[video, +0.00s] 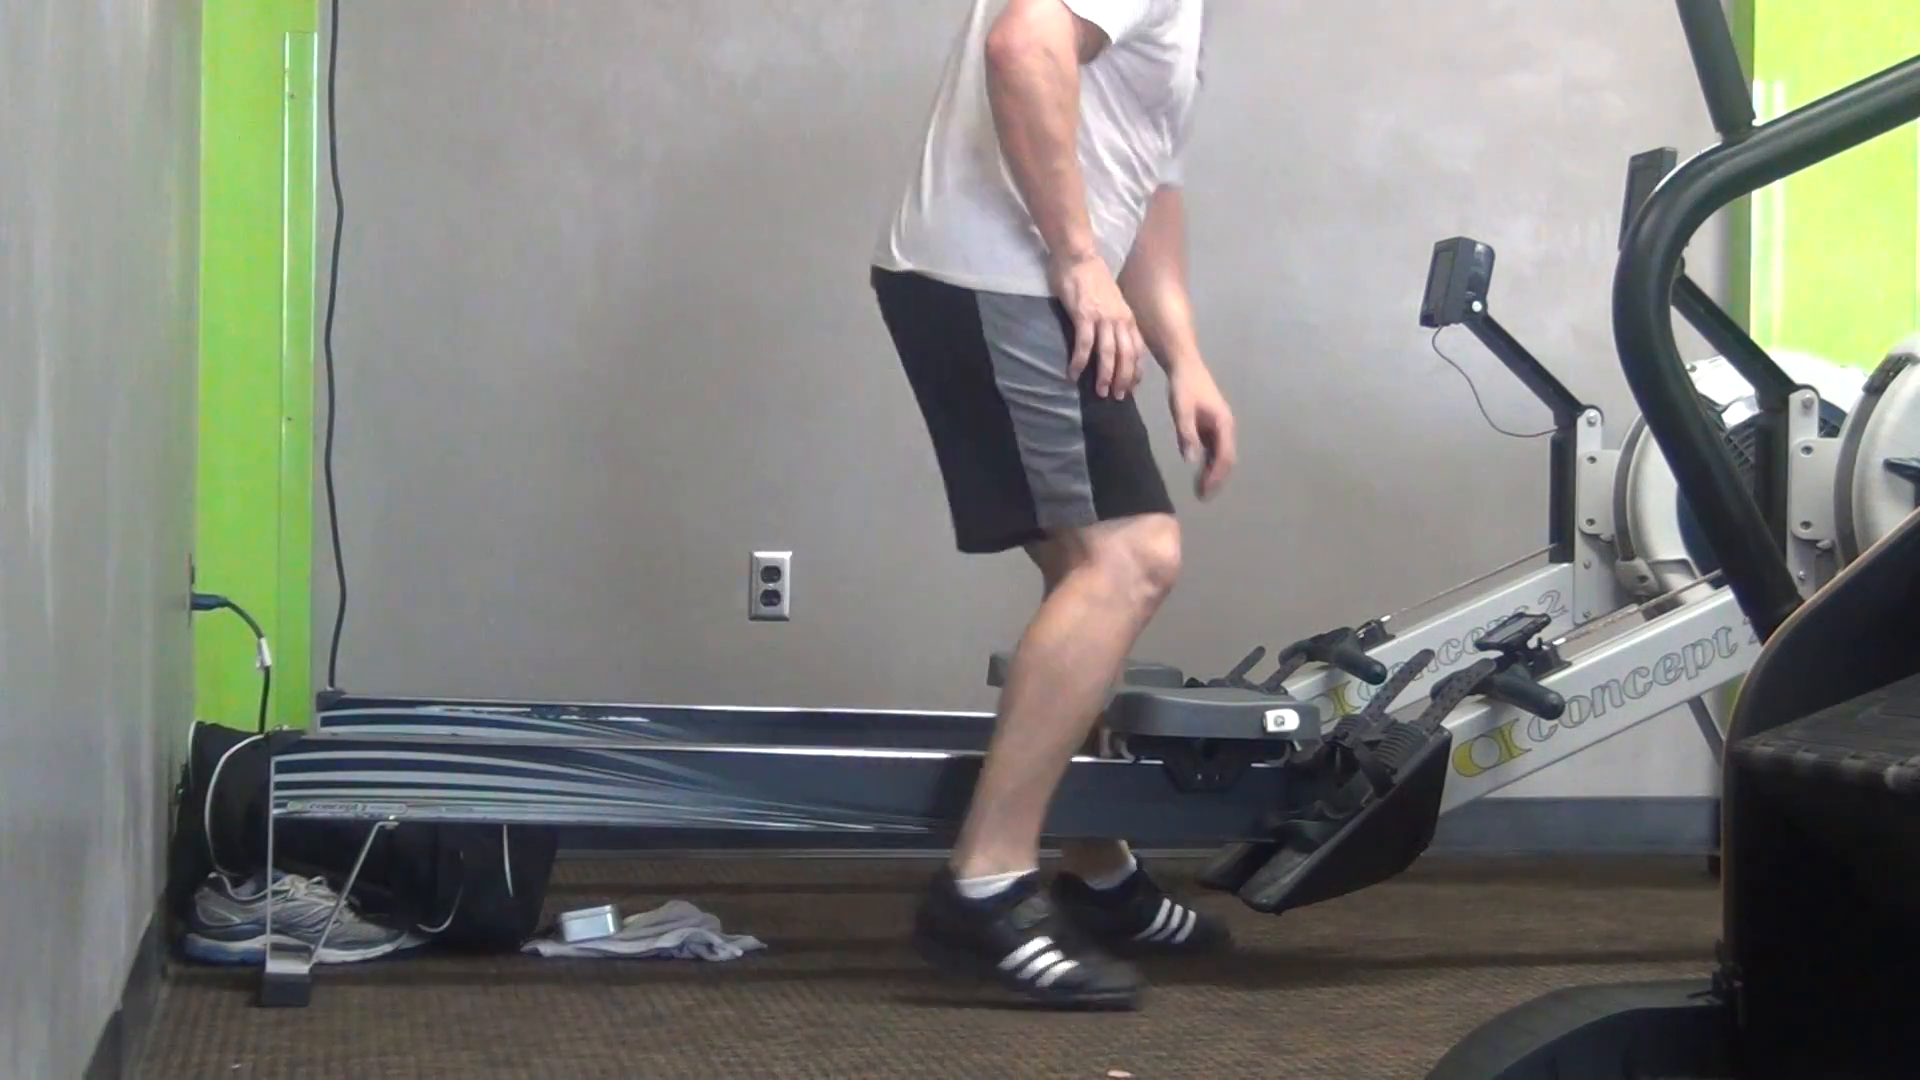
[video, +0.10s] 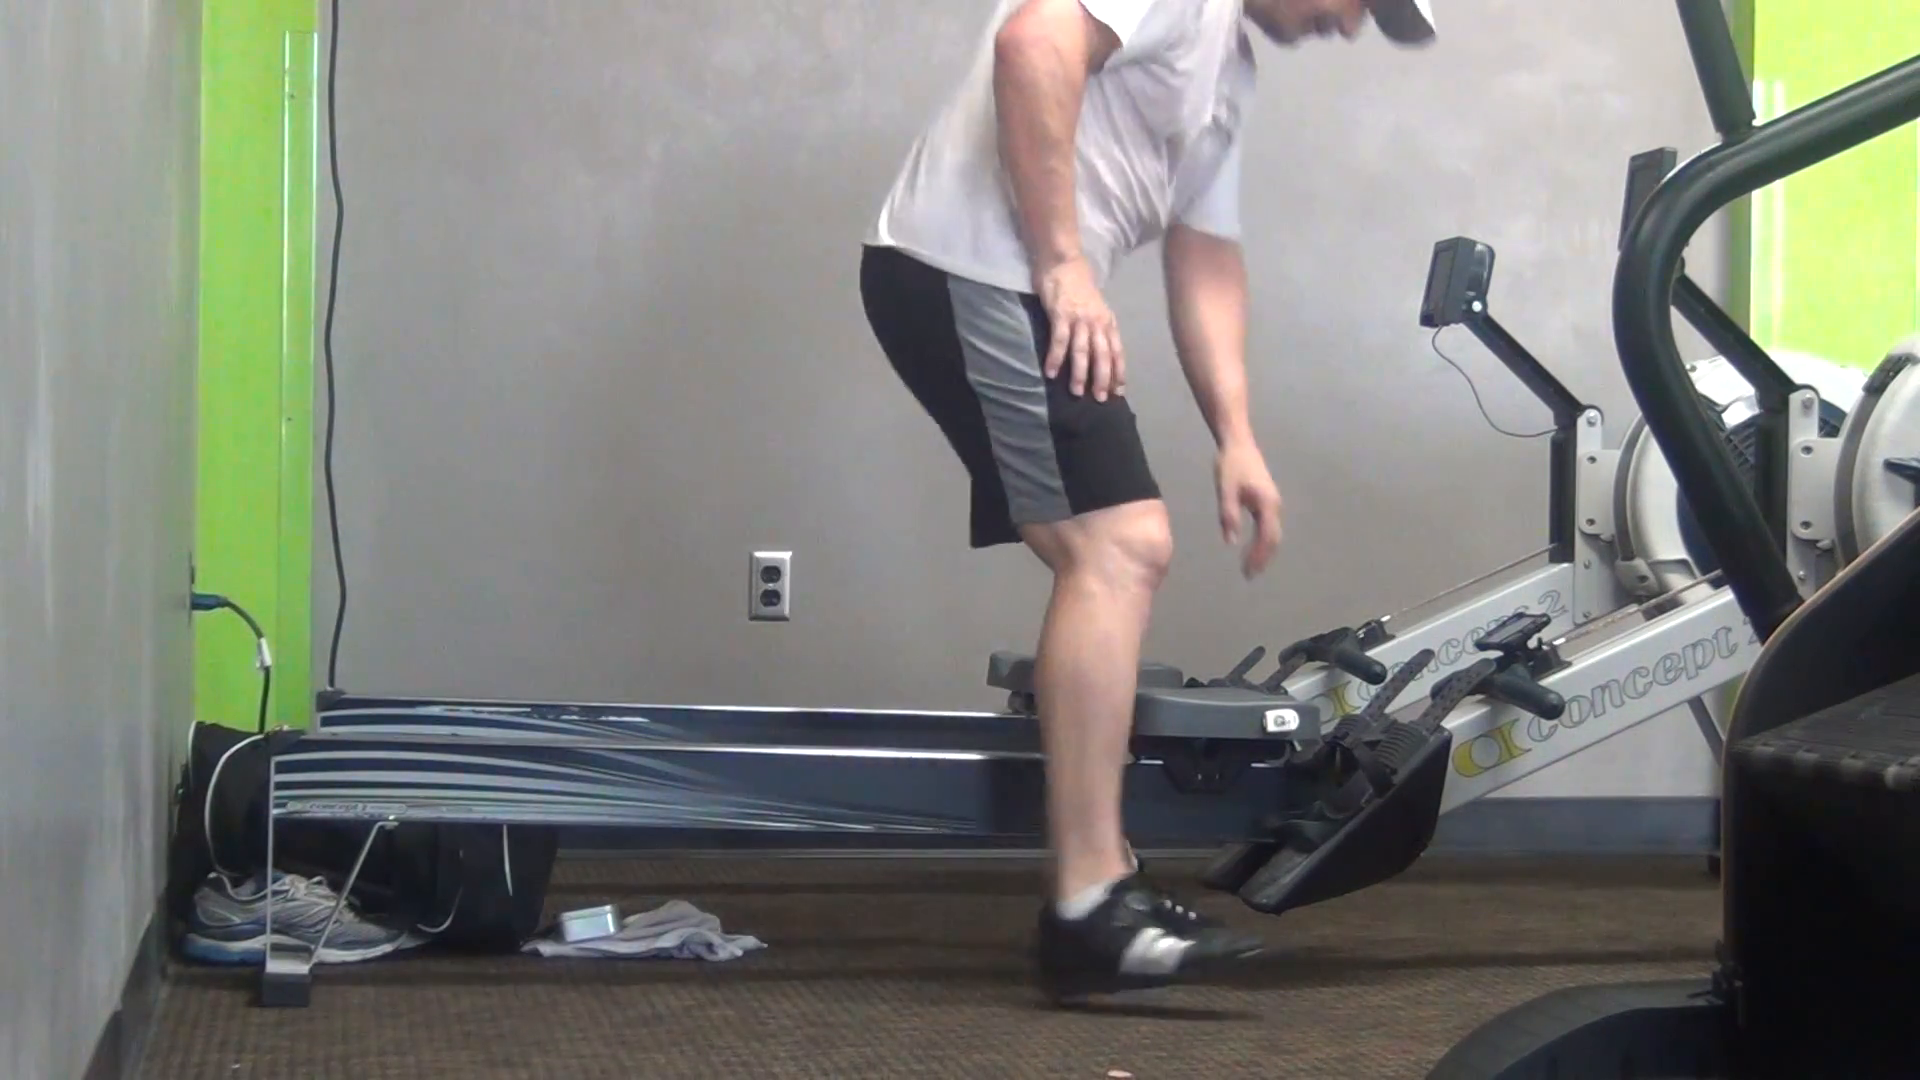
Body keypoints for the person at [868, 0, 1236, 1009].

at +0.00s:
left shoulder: (1171, 21)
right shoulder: (1139, 1)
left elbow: (1150, 192)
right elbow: (1024, 46)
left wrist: (1185, 359)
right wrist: (1080, 259)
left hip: (1018, 269)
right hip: (990, 263)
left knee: (1092, 574)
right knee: (1134, 555)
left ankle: (1086, 866)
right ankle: (985, 885)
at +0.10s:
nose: (1348, 26)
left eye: (1363, 19)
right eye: (1354, 4)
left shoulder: (1222, 79)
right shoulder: (1182, 2)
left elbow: (1206, 256)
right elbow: (1036, 44)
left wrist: (1236, 434)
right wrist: (1065, 261)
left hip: (1008, 276)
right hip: (966, 260)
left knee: (1108, 557)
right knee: (1120, 545)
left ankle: (1094, 888)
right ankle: (1086, 902)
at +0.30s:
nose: (1393, 175)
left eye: (1414, 163)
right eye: (1409, 143)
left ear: (1373, 85)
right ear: (1376, 73)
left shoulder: (1259, 211)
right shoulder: (1240, 49)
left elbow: (1248, 389)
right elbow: (1066, 96)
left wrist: (1279, 572)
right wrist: (1064, 310)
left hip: (1014, 330)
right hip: (963, 305)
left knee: (1148, 577)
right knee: (1152, 568)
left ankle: (1099, 887)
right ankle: (1135, 927)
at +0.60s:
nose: (1384, 254)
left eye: (1404, 243)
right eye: (1400, 224)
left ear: (1357, 157)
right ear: (1366, 153)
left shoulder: (1264, 274)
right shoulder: (1233, 161)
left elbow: (1245, 469)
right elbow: (1074, 222)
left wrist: (1236, 636)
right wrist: (1106, 422)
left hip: (1035, 468)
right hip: (997, 454)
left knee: (1213, 660)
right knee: (1293, 606)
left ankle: (1099, 881)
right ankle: (1145, 928)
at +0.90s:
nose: (1314, 286)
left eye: (1334, 269)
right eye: (1327, 255)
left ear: (1284, 196)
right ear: (1284, 194)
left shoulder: (1201, 306)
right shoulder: (1161, 230)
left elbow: (1201, 510)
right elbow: (1008, 333)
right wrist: (1092, 507)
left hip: (1040, 574)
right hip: (989, 572)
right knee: (1326, 631)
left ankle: (1102, 883)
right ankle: (1148, 925)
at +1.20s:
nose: (1197, 257)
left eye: (1212, 237)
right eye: (1201, 224)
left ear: (1144, 179)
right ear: (1144, 174)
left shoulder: (1087, 301)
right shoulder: (1024, 240)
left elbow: (1150, 502)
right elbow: (887, 376)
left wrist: (1266, 659)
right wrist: (1001, 531)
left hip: (968, 593)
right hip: (910, 597)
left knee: (1220, 677)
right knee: (1263, 600)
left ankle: (1099, 880)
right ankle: (1140, 925)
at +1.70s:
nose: (1133, 234)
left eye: (1141, 211)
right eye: (1130, 199)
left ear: (1067, 172)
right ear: (1067, 166)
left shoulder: (1041, 343)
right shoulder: (922, 234)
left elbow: (1126, 520)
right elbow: (777, 359)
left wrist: (1263, 674)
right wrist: (901, 525)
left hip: (914, 603)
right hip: (817, 596)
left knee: (1164, 628)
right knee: (1181, 567)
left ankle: (1136, 929)